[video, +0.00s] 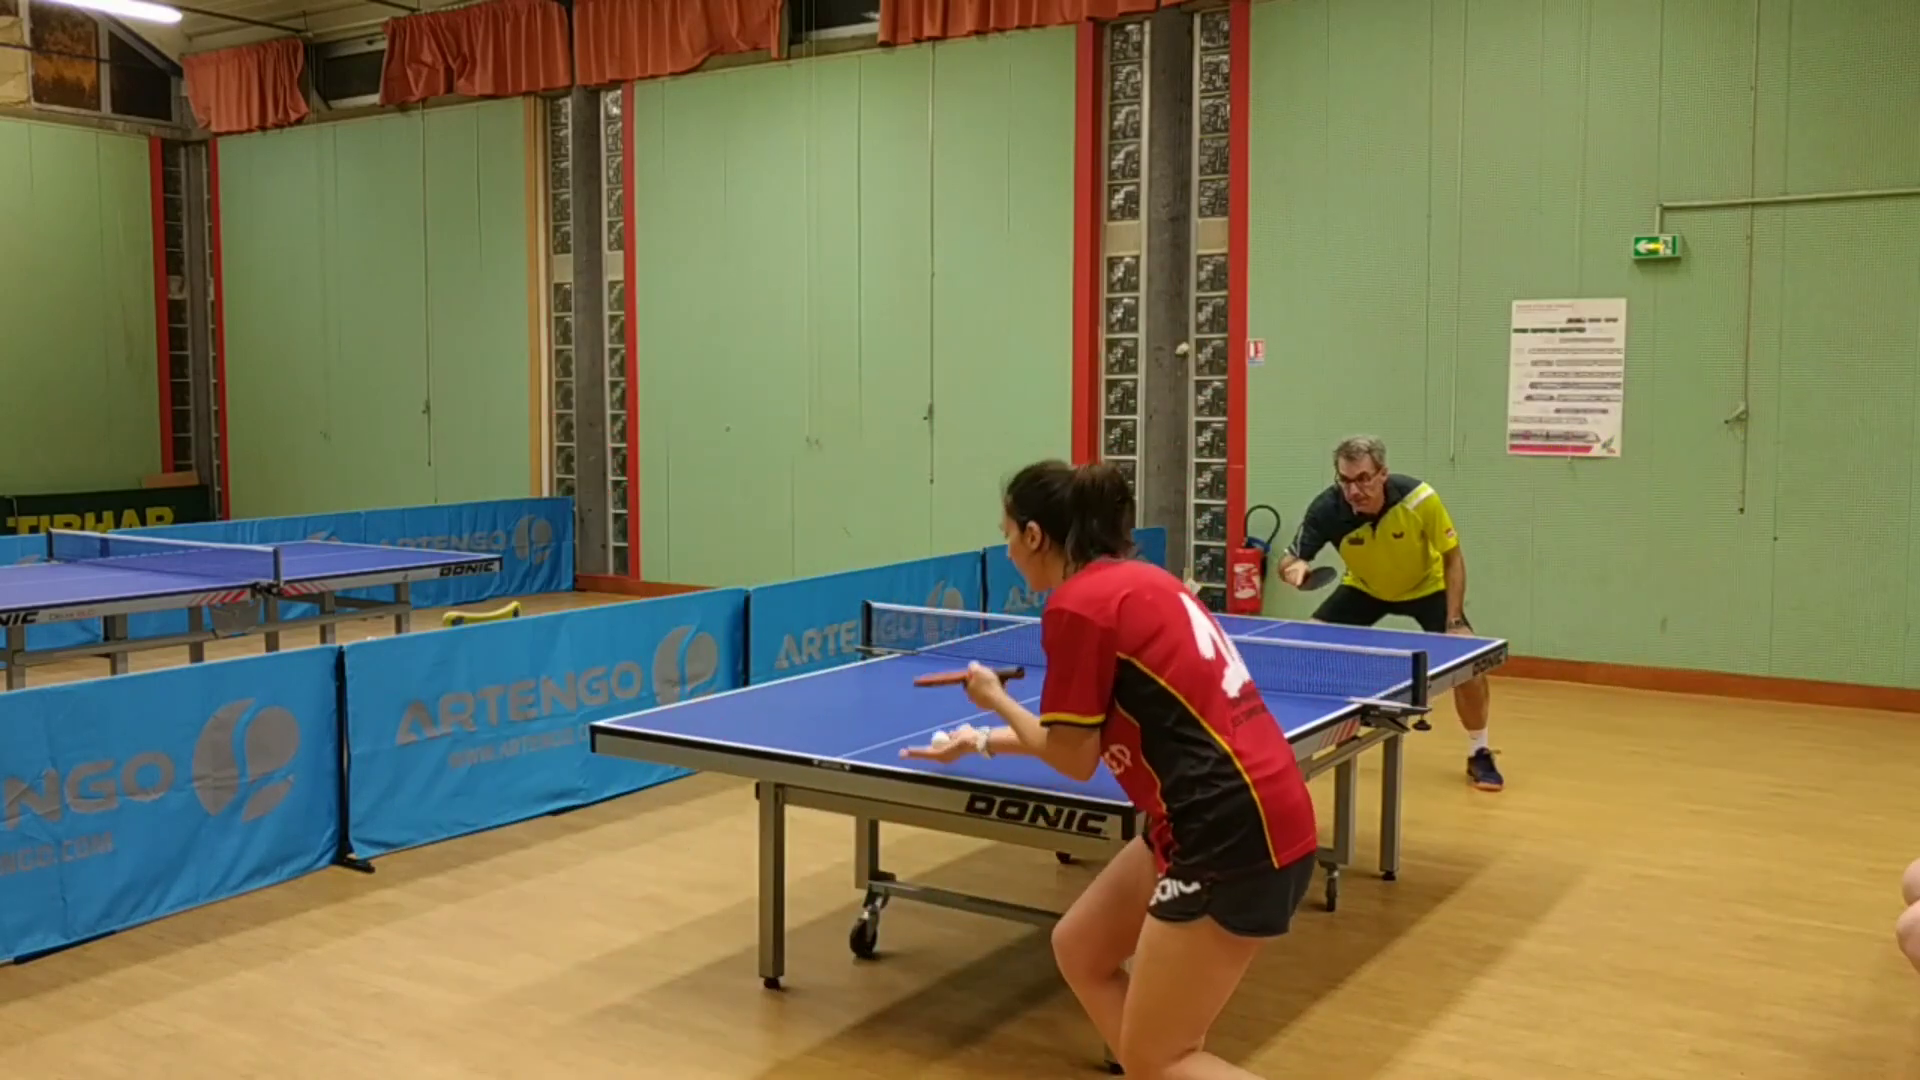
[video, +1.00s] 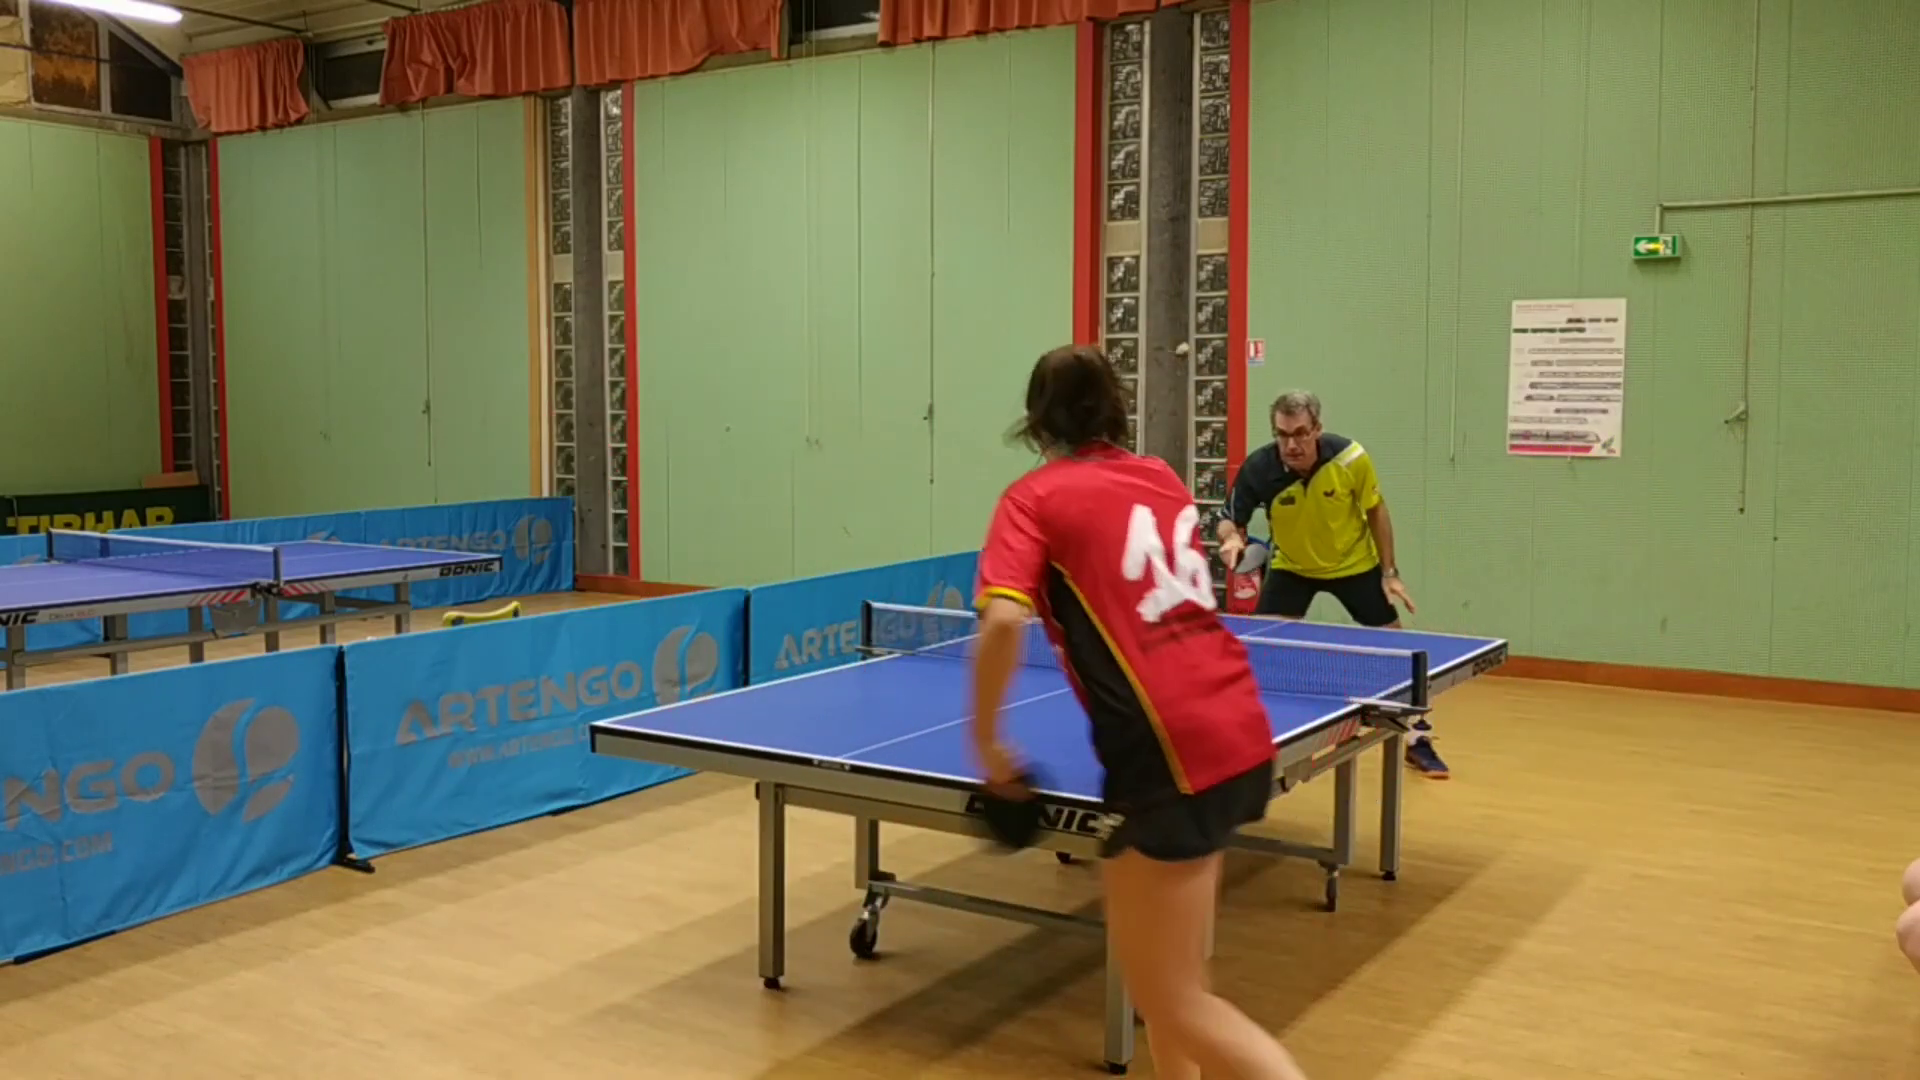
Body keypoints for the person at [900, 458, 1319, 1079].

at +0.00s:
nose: (1009, 551)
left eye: (1008, 535)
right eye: (1007, 535)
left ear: (1035, 536)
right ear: (1089, 527)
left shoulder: (1078, 605)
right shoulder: (1144, 581)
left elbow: (1074, 760)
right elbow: (1099, 733)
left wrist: (997, 701)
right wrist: (984, 740)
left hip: (1238, 840)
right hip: (1198, 823)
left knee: (1158, 1057)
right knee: (1081, 947)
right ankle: (1145, 1067)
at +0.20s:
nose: (1040, 490)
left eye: (1044, 476)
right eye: (1041, 475)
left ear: (1073, 488)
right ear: (1123, 483)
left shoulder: (1115, 566)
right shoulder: (1179, 542)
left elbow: (1099, 724)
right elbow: (1095, 650)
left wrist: (1017, 672)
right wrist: (989, 580)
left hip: (1255, 816)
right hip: (1222, 800)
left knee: (1187, 1043)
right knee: (1109, 938)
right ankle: (1155, 1069)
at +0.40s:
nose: (1076, 433)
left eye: (1082, 418)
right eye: (1078, 417)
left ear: (1113, 432)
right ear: (1154, 430)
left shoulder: (1157, 516)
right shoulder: (1225, 495)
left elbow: (1133, 671)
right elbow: (1177, 581)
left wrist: (1003, 675)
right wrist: (1064, 541)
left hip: (1284, 782)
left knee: (1261, 1025)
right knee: (1163, 930)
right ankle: (1186, 1075)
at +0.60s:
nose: (1081, 423)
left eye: (1084, 407)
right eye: (1080, 408)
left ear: (1118, 417)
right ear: (1163, 413)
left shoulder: (1167, 497)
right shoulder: (1235, 471)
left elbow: (1143, 620)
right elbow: (1228, 552)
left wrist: (986, 616)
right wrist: (1130, 520)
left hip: (1306, 760)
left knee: (1293, 1022)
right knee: (1164, 895)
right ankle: (1293, 1051)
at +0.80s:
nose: (1041, 465)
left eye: (1043, 446)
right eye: (1039, 448)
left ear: (1077, 441)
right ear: (1112, 434)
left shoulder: (1118, 507)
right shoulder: (1206, 486)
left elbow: (1160, 617)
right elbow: (1238, 570)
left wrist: (1052, 665)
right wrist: (1126, 563)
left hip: (1273, 769)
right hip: (1317, 738)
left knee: (1288, 1026)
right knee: (1159, 899)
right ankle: (1244, 1067)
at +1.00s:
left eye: (1037, 410)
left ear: (1039, 418)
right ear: (1117, 409)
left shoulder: (1034, 498)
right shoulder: (1159, 476)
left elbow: (1005, 621)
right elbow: (1197, 596)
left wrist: (988, 741)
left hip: (1170, 768)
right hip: (1243, 746)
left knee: (1175, 1006)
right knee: (1172, 985)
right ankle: (1176, 1067)